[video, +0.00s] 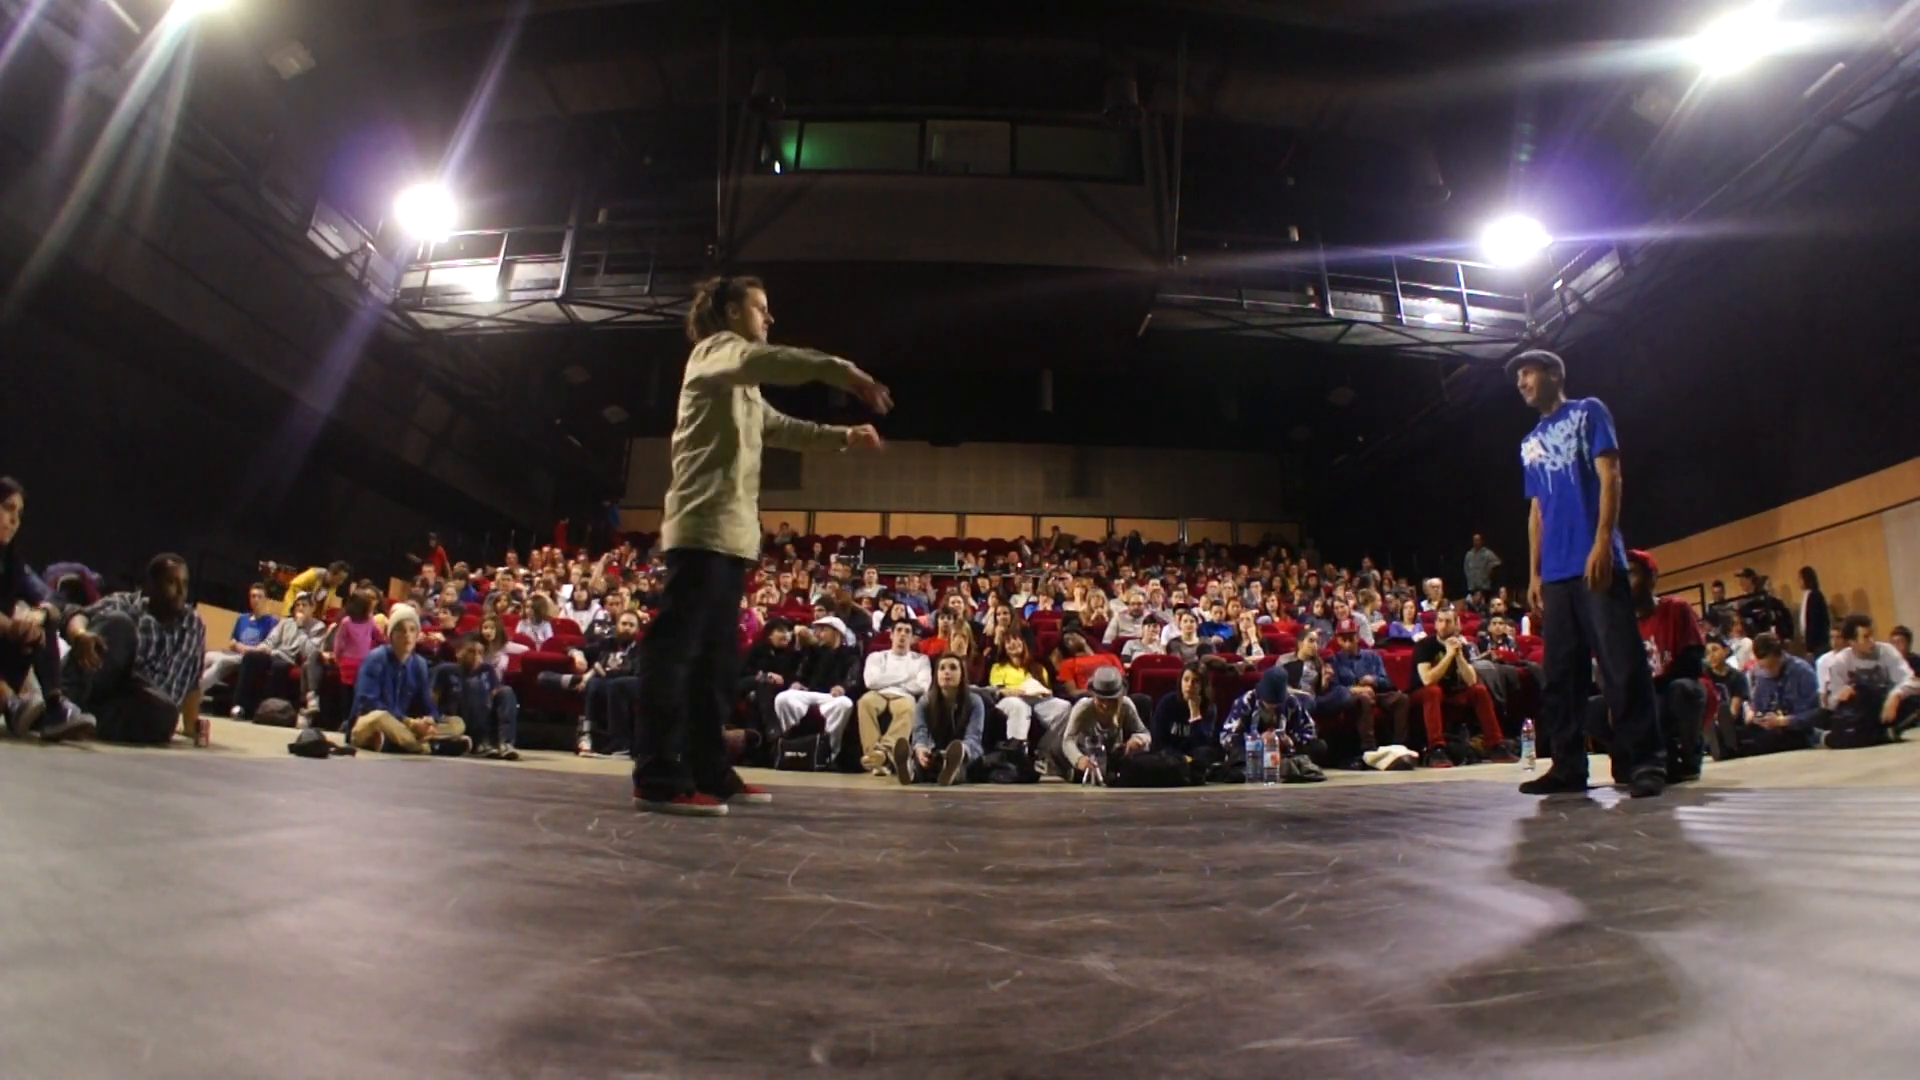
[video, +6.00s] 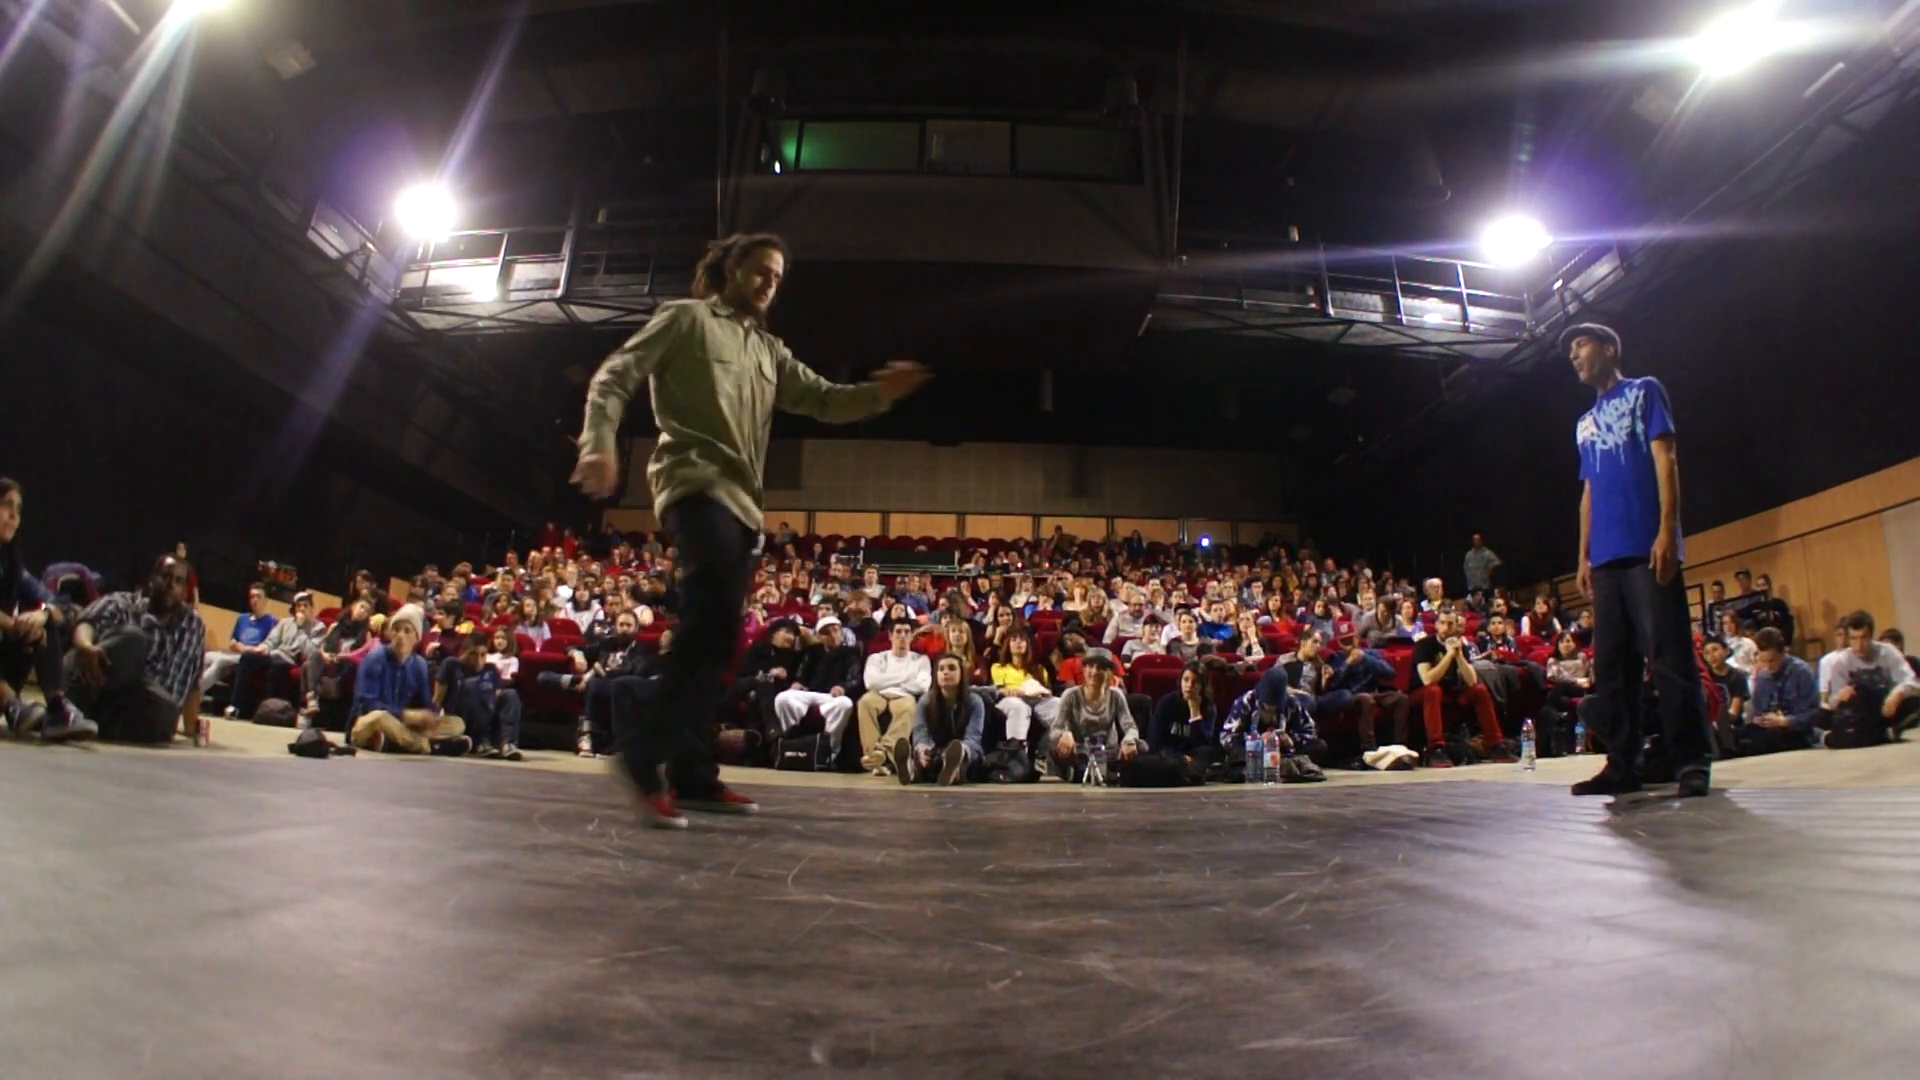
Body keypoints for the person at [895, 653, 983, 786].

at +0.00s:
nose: (947, 672)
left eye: (953, 668)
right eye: (942, 668)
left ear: (962, 673)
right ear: (936, 674)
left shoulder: (974, 701)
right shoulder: (925, 701)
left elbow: (974, 738)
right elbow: (920, 730)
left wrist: (960, 750)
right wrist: (920, 748)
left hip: (961, 752)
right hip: (933, 750)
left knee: (955, 764)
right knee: (918, 762)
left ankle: (949, 774)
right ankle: (909, 769)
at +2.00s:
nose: (947, 672)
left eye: (952, 668)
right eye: (942, 668)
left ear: (961, 673)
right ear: (935, 674)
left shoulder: (974, 701)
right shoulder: (925, 701)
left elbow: (974, 737)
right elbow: (920, 731)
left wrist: (960, 751)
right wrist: (920, 748)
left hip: (962, 752)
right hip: (933, 750)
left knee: (955, 763)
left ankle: (949, 773)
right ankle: (910, 768)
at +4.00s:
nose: (947, 673)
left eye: (952, 668)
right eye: (942, 669)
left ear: (961, 674)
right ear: (936, 674)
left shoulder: (974, 701)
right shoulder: (925, 701)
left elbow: (974, 738)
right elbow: (920, 731)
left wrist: (961, 751)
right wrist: (920, 748)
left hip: (962, 751)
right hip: (933, 750)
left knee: (955, 762)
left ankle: (949, 773)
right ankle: (910, 768)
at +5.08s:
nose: (946, 673)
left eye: (951, 669)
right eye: (941, 670)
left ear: (961, 674)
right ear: (935, 675)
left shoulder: (974, 701)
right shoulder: (925, 702)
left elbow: (974, 737)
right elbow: (922, 735)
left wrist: (962, 751)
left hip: (963, 749)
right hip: (935, 749)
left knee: (956, 762)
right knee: (927, 759)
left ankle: (949, 773)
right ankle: (912, 768)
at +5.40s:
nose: (946, 674)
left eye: (951, 669)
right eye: (941, 670)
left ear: (961, 674)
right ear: (935, 675)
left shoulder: (974, 701)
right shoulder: (925, 701)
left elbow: (973, 737)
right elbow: (925, 738)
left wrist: (962, 752)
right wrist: (940, 749)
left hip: (964, 748)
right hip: (936, 750)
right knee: (927, 761)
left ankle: (949, 773)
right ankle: (912, 768)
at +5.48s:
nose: (946, 674)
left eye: (952, 669)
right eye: (941, 670)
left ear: (961, 674)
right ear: (935, 675)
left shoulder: (974, 701)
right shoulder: (926, 700)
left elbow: (973, 738)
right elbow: (923, 733)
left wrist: (962, 752)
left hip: (964, 750)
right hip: (935, 750)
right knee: (926, 761)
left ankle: (950, 772)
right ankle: (911, 769)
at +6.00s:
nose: (946, 672)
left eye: (952, 668)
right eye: (941, 669)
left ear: (961, 673)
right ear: (935, 674)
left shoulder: (975, 701)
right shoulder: (925, 701)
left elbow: (973, 737)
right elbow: (920, 730)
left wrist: (960, 750)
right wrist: (922, 748)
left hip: (962, 749)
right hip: (934, 749)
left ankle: (949, 772)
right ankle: (910, 769)